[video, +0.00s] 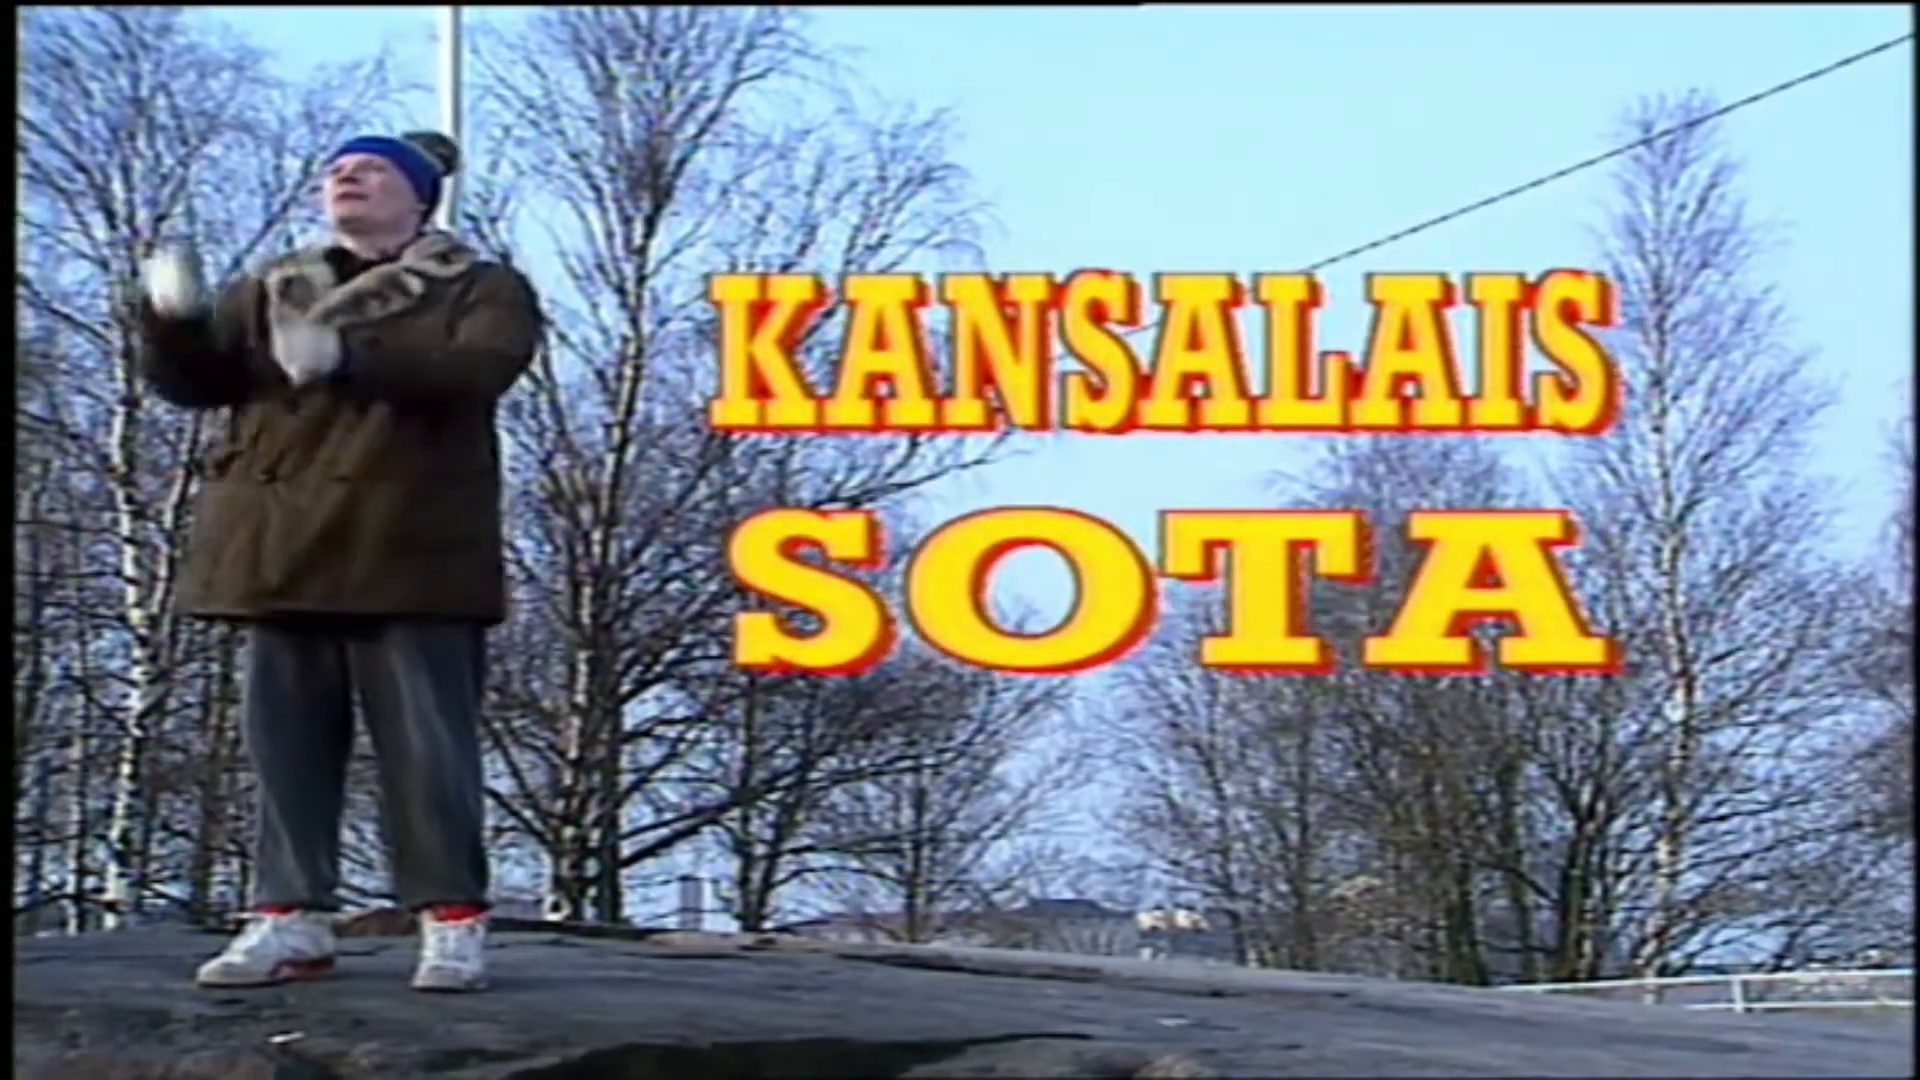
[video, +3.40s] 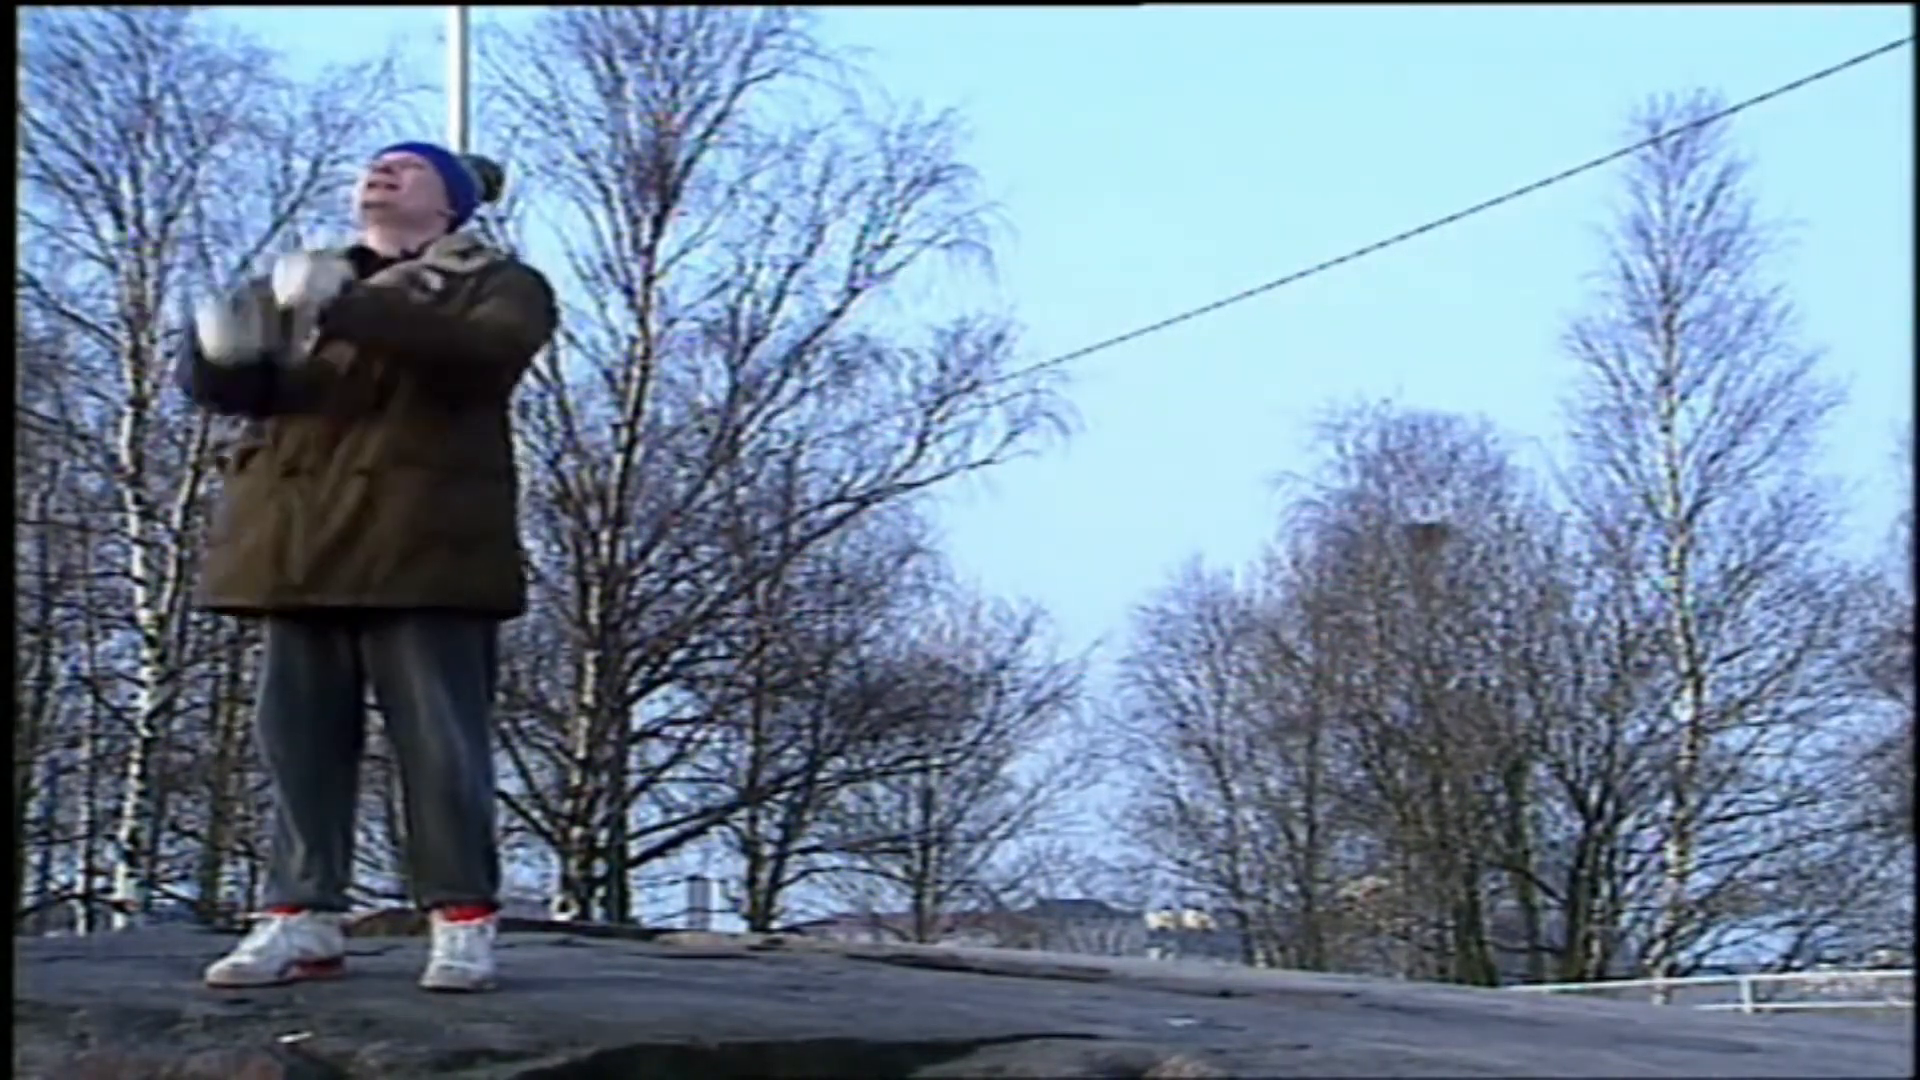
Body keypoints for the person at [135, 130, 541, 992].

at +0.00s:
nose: (345, 179)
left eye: (368, 169)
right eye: (335, 172)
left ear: (421, 197)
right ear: (322, 201)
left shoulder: (481, 285)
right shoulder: (281, 286)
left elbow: (472, 367)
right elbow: (198, 376)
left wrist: (343, 351)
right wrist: (170, 321)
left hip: (417, 558)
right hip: (285, 556)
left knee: (427, 745)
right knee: (286, 743)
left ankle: (452, 919)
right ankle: (293, 918)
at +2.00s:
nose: (365, 185)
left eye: (389, 173)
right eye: (360, 177)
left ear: (446, 202)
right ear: (351, 199)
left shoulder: (500, 276)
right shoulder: (308, 286)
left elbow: (471, 295)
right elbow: (224, 401)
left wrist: (348, 230)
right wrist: (249, 370)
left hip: (432, 540)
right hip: (307, 545)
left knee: (439, 738)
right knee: (300, 735)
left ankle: (460, 919)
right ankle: (304, 918)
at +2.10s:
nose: (370, 185)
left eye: (393, 174)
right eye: (365, 179)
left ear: (450, 202)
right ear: (355, 200)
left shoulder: (495, 275)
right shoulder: (304, 291)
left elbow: (497, 303)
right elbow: (203, 377)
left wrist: (354, 251)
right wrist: (223, 333)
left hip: (433, 546)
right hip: (307, 550)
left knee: (440, 740)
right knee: (301, 738)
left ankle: (461, 918)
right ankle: (305, 918)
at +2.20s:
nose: (377, 177)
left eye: (401, 167)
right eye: (372, 170)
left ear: (453, 202)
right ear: (360, 200)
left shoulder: (505, 280)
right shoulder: (315, 285)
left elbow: (477, 333)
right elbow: (188, 321)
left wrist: (344, 298)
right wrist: (194, 245)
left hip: (436, 556)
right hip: (308, 557)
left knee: (442, 741)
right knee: (299, 737)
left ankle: (462, 919)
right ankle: (305, 918)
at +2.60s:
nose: (380, 174)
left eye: (404, 166)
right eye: (374, 168)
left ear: (454, 204)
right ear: (360, 192)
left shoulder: (498, 276)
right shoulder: (300, 283)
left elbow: (489, 310)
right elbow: (239, 393)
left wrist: (343, 246)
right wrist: (234, 367)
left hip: (432, 543)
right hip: (305, 542)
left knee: (440, 737)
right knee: (300, 734)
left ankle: (461, 919)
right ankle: (305, 918)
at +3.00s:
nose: (376, 174)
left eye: (401, 167)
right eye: (370, 169)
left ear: (450, 204)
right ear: (354, 200)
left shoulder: (503, 279)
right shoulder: (305, 280)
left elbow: (472, 353)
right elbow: (186, 332)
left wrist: (342, 340)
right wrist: (192, 252)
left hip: (435, 559)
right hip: (306, 561)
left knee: (442, 741)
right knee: (299, 738)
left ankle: (463, 919)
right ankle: (305, 918)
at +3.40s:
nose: (375, 177)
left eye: (401, 168)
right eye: (369, 171)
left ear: (452, 204)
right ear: (356, 202)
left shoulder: (502, 282)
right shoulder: (314, 281)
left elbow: (482, 348)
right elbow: (263, 386)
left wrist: (340, 301)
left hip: (429, 550)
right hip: (305, 549)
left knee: (440, 740)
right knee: (299, 737)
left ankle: (461, 918)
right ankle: (306, 918)